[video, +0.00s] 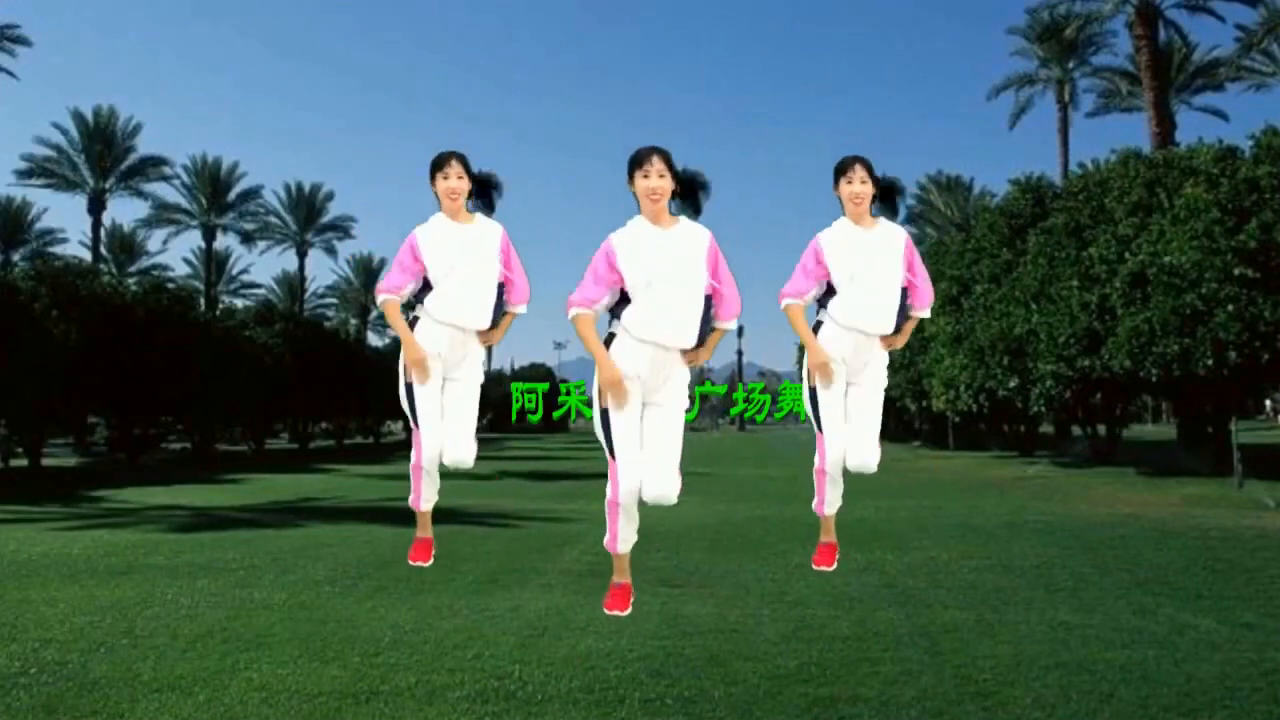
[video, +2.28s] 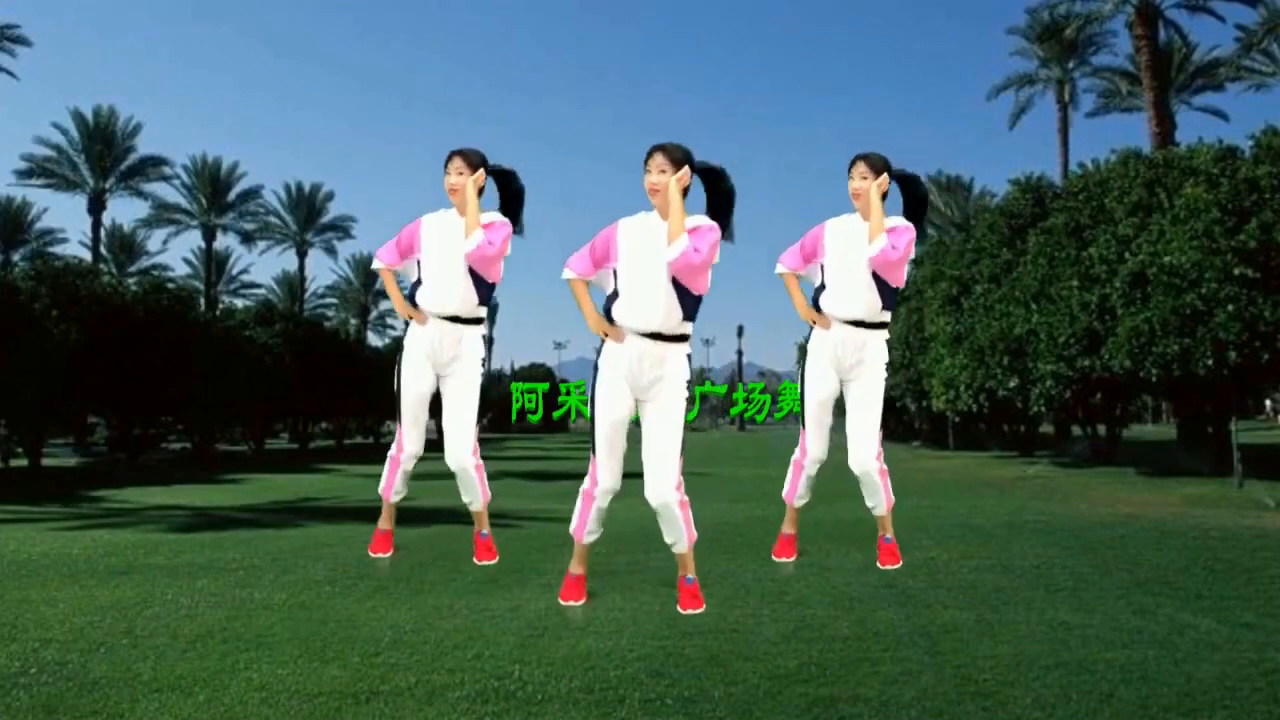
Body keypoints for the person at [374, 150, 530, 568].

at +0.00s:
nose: (453, 184)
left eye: (460, 177)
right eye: (445, 178)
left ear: (471, 184)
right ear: (434, 186)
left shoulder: (493, 234)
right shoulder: (424, 236)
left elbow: (519, 292)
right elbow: (387, 293)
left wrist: (496, 333)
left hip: (470, 343)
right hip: (427, 338)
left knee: (461, 455)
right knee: (427, 442)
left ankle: (430, 435)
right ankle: (424, 531)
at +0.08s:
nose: (454, 181)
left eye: (461, 174)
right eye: (446, 175)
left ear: (472, 181)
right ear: (435, 183)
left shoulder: (494, 231)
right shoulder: (424, 234)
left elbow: (520, 288)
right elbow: (374, 280)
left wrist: (497, 330)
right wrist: (392, 330)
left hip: (472, 342)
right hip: (430, 339)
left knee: (466, 453)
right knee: (429, 444)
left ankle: (432, 418)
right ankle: (424, 533)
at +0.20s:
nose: (461, 156)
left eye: (468, 149)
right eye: (453, 149)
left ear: (478, 158)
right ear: (441, 158)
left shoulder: (497, 207)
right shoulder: (422, 205)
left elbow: (530, 255)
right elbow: (372, 239)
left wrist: (506, 298)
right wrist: (402, 287)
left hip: (483, 319)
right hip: (438, 318)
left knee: (484, 428)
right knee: (438, 427)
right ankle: (426, 528)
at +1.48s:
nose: (462, 162)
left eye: (470, 154)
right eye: (457, 155)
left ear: (488, 161)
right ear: (450, 163)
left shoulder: (508, 205)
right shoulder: (433, 208)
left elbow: (562, 221)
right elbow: (392, 258)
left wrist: (528, 255)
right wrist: (419, 303)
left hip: (495, 316)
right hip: (450, 318)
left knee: (493, 428)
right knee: (453, 428)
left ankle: (484, 531)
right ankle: (445, 530)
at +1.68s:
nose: (465, 156)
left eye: (473, 149)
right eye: (461, 150)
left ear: (493, 155)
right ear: (455, 157)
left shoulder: (515, 198)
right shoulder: (438, 202)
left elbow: (569, 212)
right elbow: (394, 248)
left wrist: (541, 198)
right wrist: (421, 294)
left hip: (494, 310)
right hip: (449, 310)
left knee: (491, 426)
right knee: (448, 428)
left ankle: (487, 531)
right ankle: (444, 530)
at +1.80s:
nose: (469, 179)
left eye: (478, 172)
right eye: (465, 172)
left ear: (498, 179)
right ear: (460, 179)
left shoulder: (512, 227)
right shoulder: (439, 221)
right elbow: (398, 270)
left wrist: (527, 232)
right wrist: (416, 318)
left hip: (496, 332)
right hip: (452, 333)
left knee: (496, 439)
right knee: (469, 440)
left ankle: (485, 533)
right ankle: (454, 514)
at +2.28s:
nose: (452, 180)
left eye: (460, 173)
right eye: (448, 173)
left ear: (479, 180)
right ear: (443, 180)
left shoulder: (497, 226)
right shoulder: (426, 225)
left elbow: (483, 261)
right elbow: (384, 261)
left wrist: (471, 206)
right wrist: (403, 306)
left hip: (468, 340)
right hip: (423, 334)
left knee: (461, 453)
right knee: (410, 441)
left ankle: (483, 529)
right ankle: (386, 523)